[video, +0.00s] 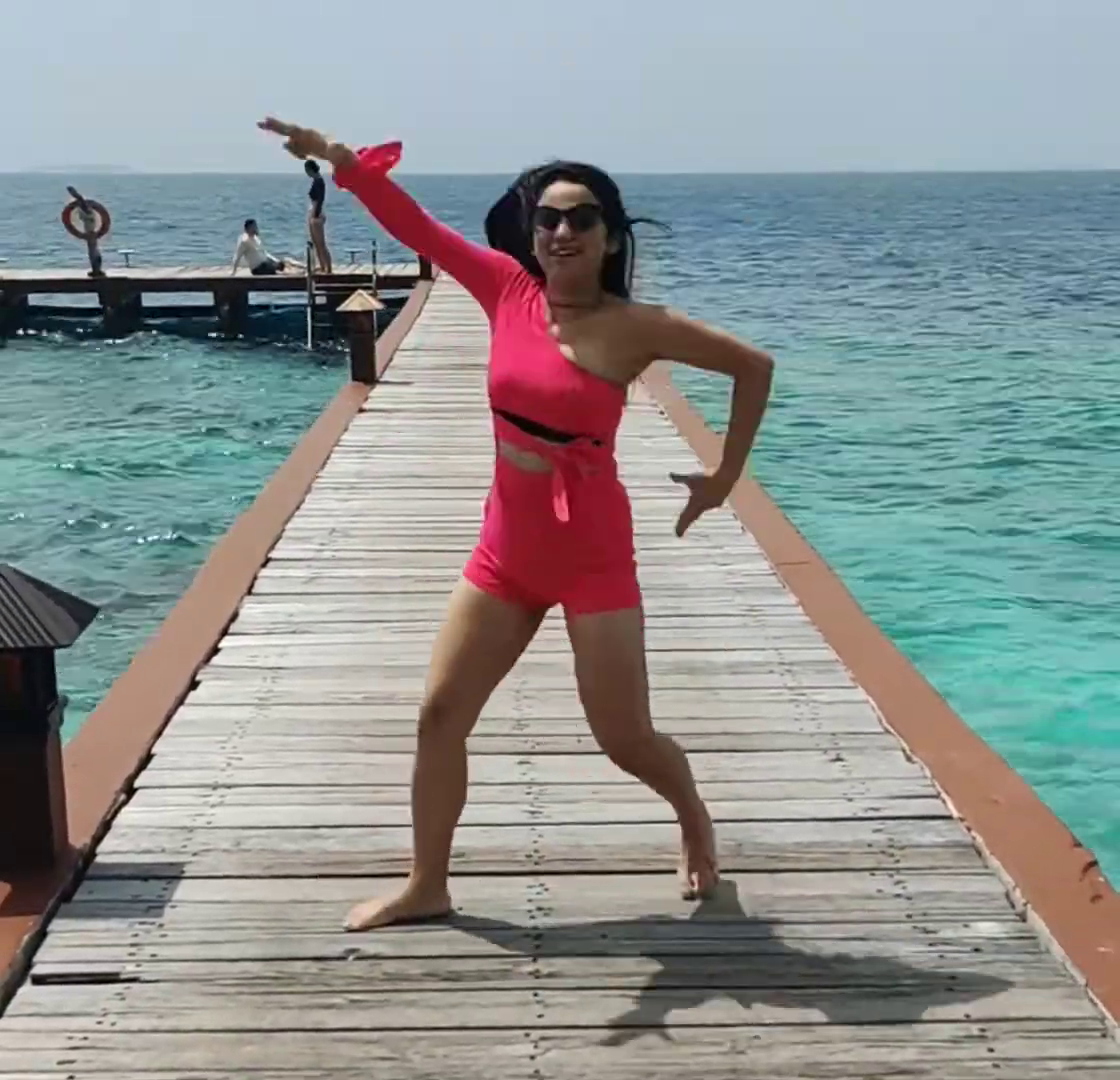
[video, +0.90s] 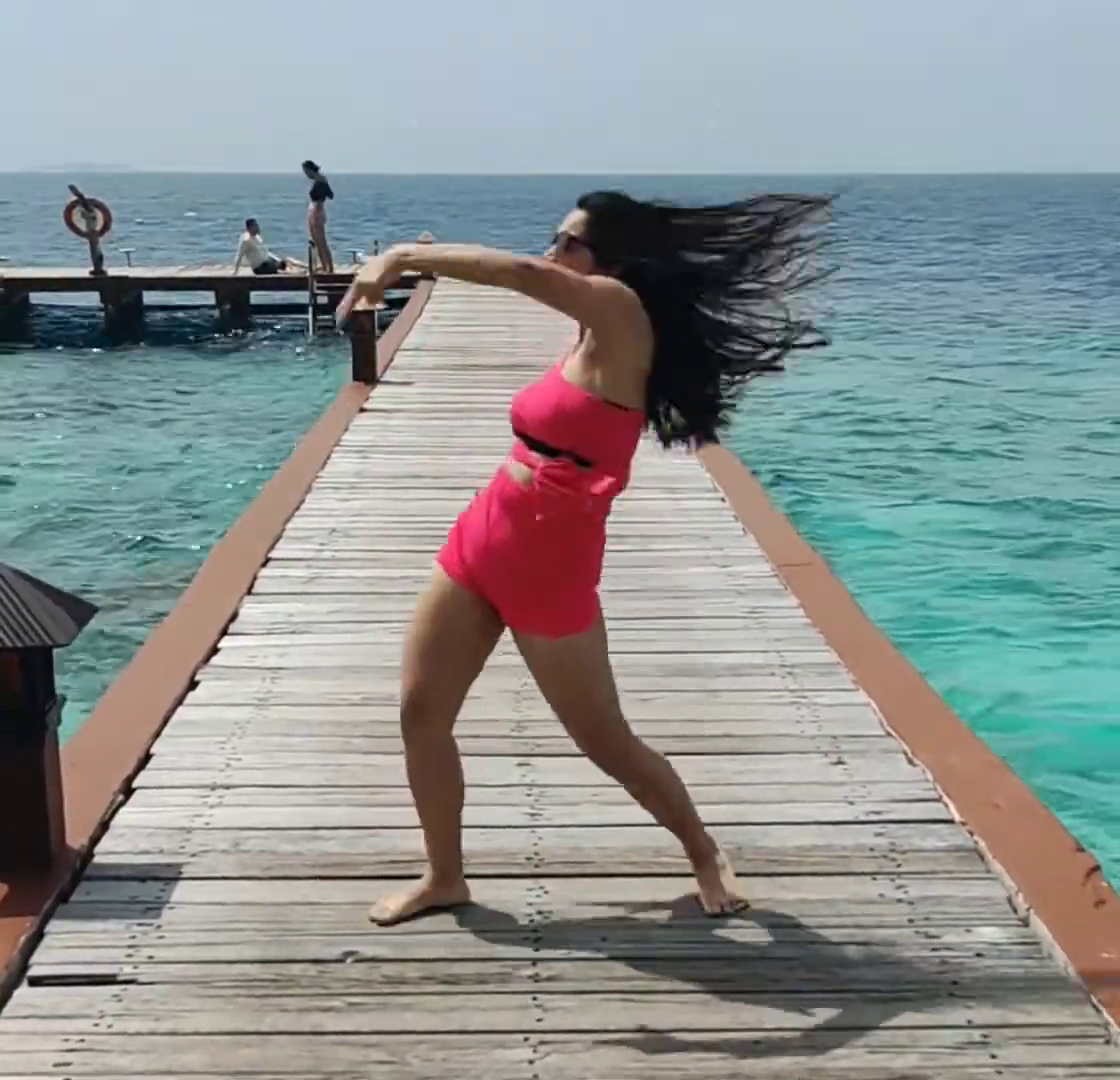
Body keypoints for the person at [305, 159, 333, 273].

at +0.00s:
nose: (307, 173)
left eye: (308, 170)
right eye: (307, 170)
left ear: (311, 170)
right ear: (314, 168)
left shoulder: (318, 181)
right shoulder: (316, 181)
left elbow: (319, 199)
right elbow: (316, 198)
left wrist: (316, 214)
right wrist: (313, 212)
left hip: (317, 214)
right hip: (312, 213)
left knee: (320, 243)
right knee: (316, 243)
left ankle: (327, 268)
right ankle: (322, 266)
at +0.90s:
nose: (306, 175)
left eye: (306, 172)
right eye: (305, 172)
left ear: (311, 170)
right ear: (313, 169)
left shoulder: (320, 181)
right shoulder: (317, 181)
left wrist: (318, 211)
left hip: (317, 212)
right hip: (313, 211)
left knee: (321, 241)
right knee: (316, 241)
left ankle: (329, 268)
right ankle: (323, 267)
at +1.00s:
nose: (306, 174)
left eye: (307, 171)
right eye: (305, 171)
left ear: (311, 170)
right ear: (312, 169)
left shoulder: (321, 181)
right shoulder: (316, 181)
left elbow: (330, 195)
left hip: (318, 211)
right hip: (312, 211)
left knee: (321, 241)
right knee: (316, 241)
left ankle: (329, 268)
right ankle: (324, 267)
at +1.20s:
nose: (308, 173)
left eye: (308, 171)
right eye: (307, 171)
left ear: (314, 169)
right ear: (313, 169)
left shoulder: (321, 182)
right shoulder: (317, 182)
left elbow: (315, 197)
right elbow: (314, 196)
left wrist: (306, 184)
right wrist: (306, 183)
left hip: (318, 211)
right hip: (312, 211)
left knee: (321, 241)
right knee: (316, 241)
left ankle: (329, 268)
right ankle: (323, 267)